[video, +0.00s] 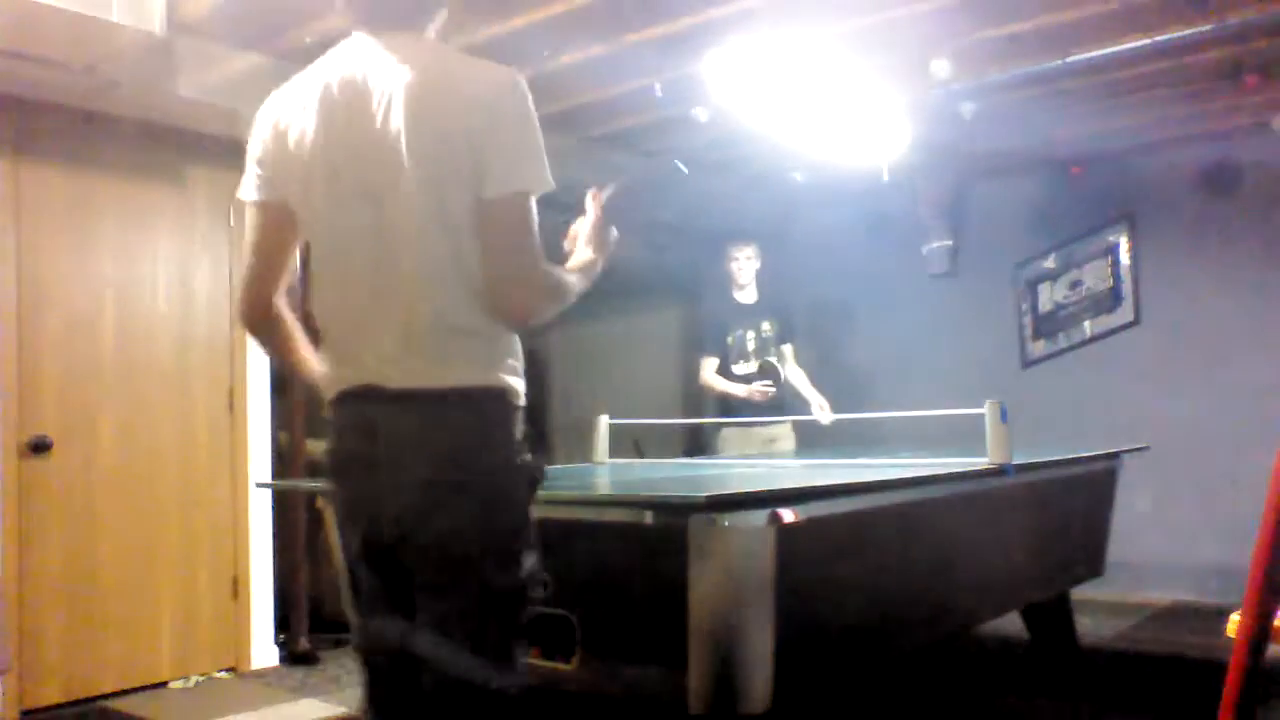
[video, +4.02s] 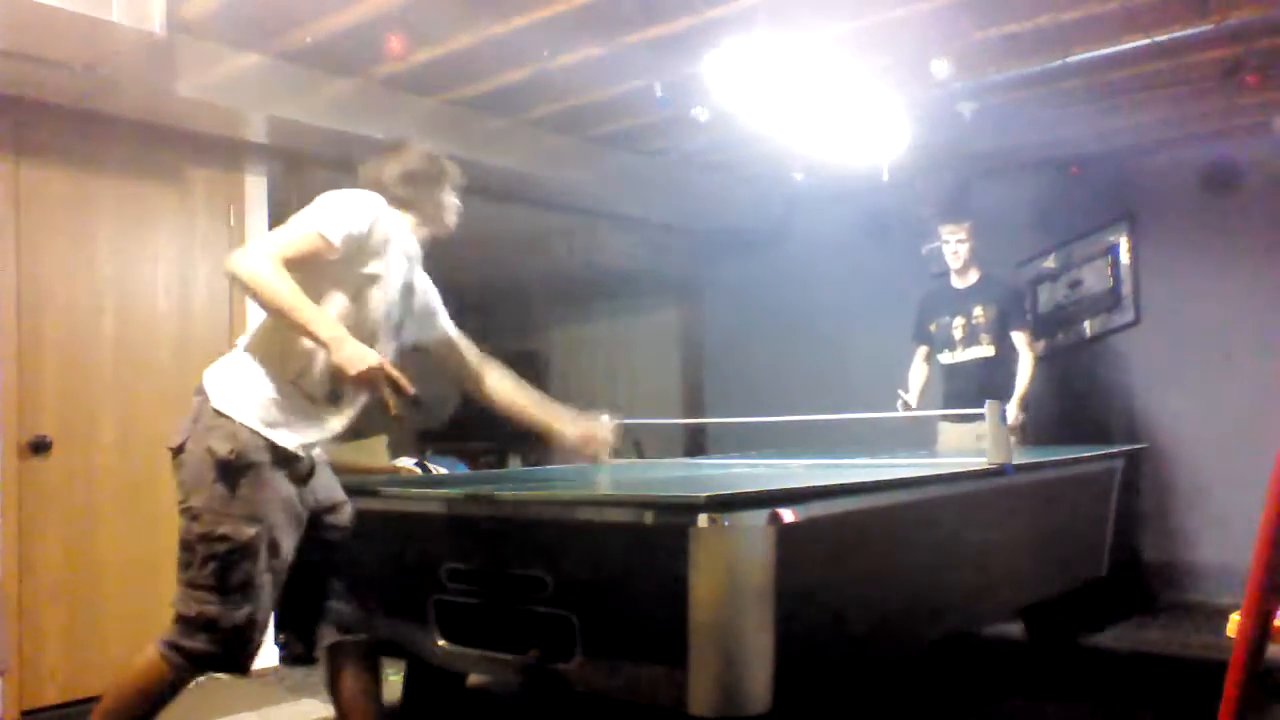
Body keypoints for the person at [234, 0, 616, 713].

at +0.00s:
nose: (461, 24)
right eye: (455, 18)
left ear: (351, 9)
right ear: (444, 11)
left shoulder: (289, 106)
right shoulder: (487, 90)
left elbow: (260, 302)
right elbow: (518, 299)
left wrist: (334, 388)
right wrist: (588, 258)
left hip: (359, 423)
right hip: (467, 421)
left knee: (390, 667)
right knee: (480, 660)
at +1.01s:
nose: (624, 68)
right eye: (619, 51)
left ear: (529, 57)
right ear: (608, 55)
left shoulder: (473, 147)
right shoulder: (617, 137)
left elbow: (467, 291)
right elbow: (631, 307)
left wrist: (459, 418)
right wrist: (638, 439)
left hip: (462, 410)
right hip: (554, 413)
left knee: (471, 640)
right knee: (566, 651)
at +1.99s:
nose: (506, 146)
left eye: (512, 132)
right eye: (506, 130)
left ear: (426, 106)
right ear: (481, 111)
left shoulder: (375, 183)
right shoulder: (436, 170)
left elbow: (369, 344)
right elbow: (381, 321)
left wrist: (461, 433)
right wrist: (495, 419)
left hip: (342, 438)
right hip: (389, 439)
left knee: (373, 652)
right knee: (484, 659)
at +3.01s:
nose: (264, 133)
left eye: (266, 116)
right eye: (257, 112)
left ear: (196, 107)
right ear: (209, 106)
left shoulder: (184, 193)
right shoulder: (145, 174)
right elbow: (57, 333)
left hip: (145, 482)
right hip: (79, 481)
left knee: (241, 667)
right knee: (56, 703)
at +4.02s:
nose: (459, 209)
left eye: (460, 196)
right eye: (454, 193)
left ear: (407, 193)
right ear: (424, 189)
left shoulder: (413, 284)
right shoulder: (367, 214)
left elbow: (477, 370)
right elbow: (251, 262)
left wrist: (565, 424)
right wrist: (337, 339)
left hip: (301, 456)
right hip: (238, 437)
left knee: (351, 622)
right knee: (212, 634)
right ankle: (98, 713)